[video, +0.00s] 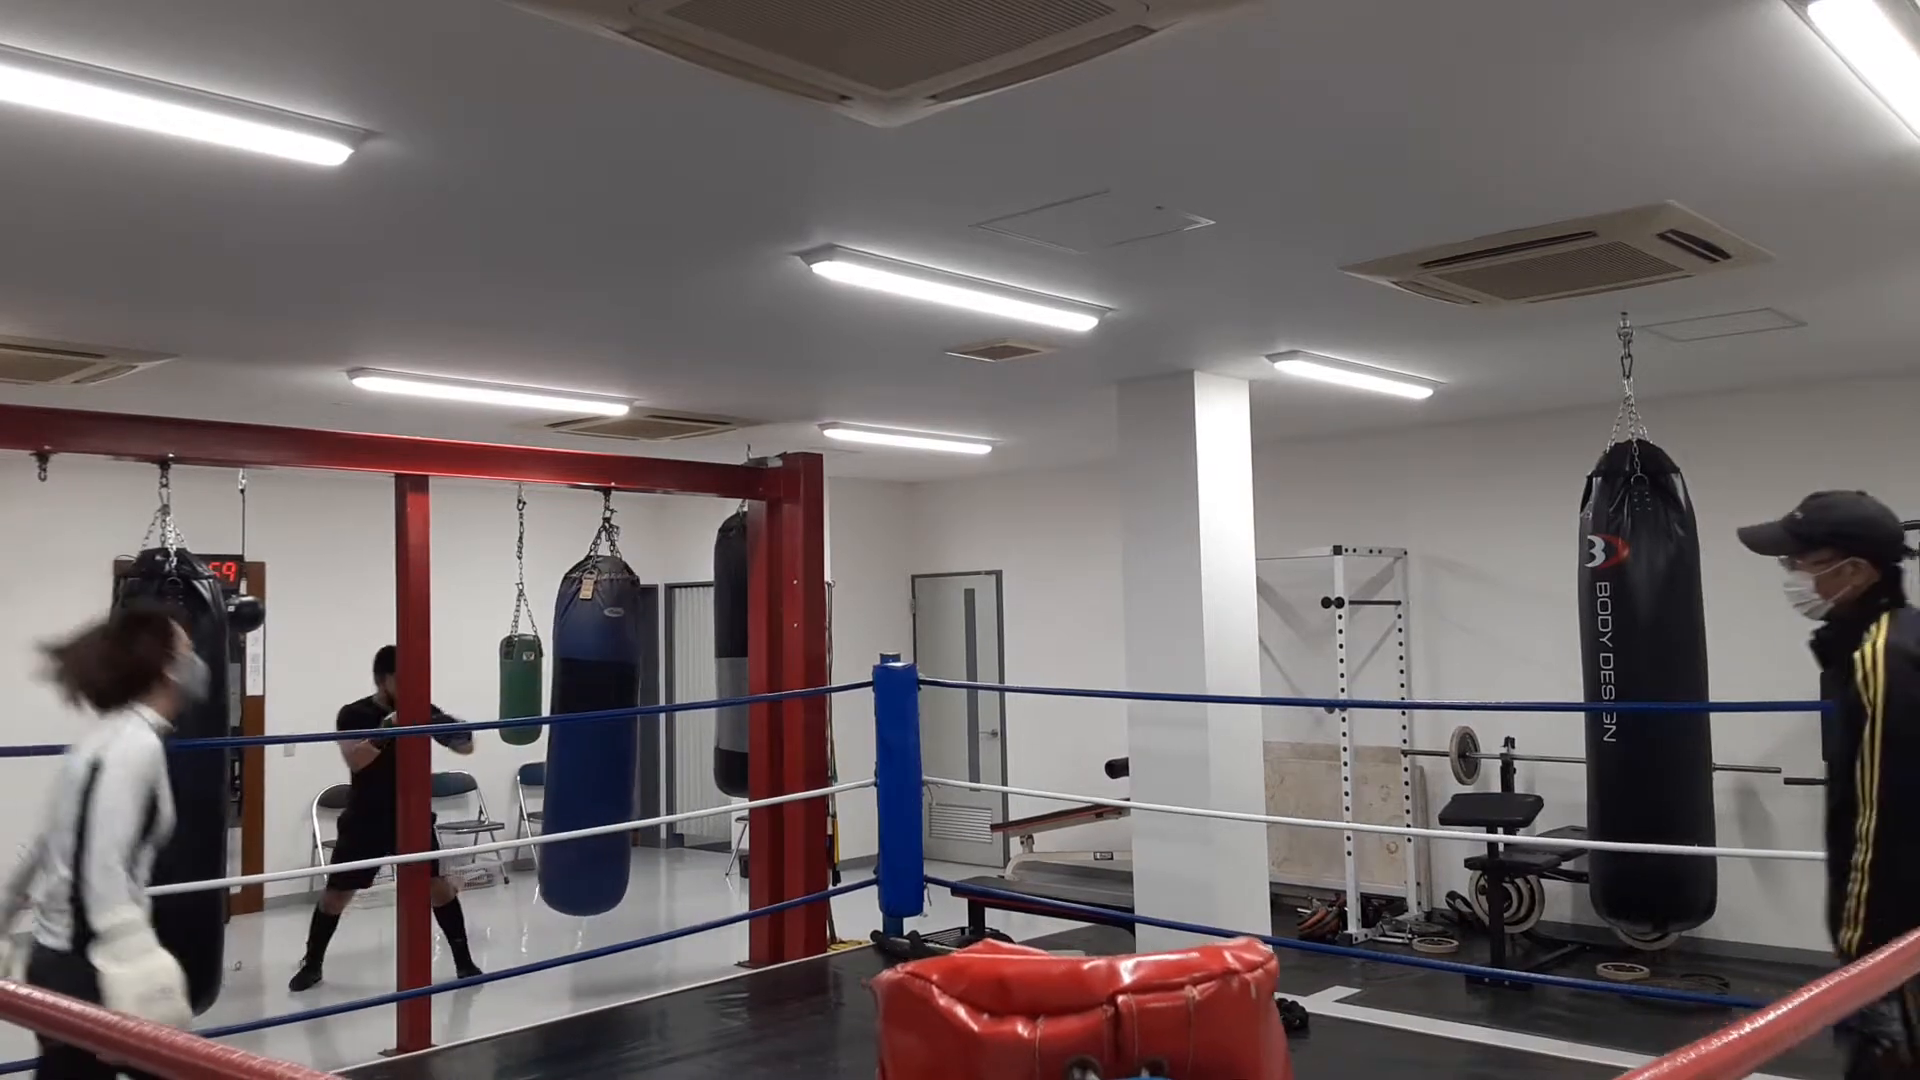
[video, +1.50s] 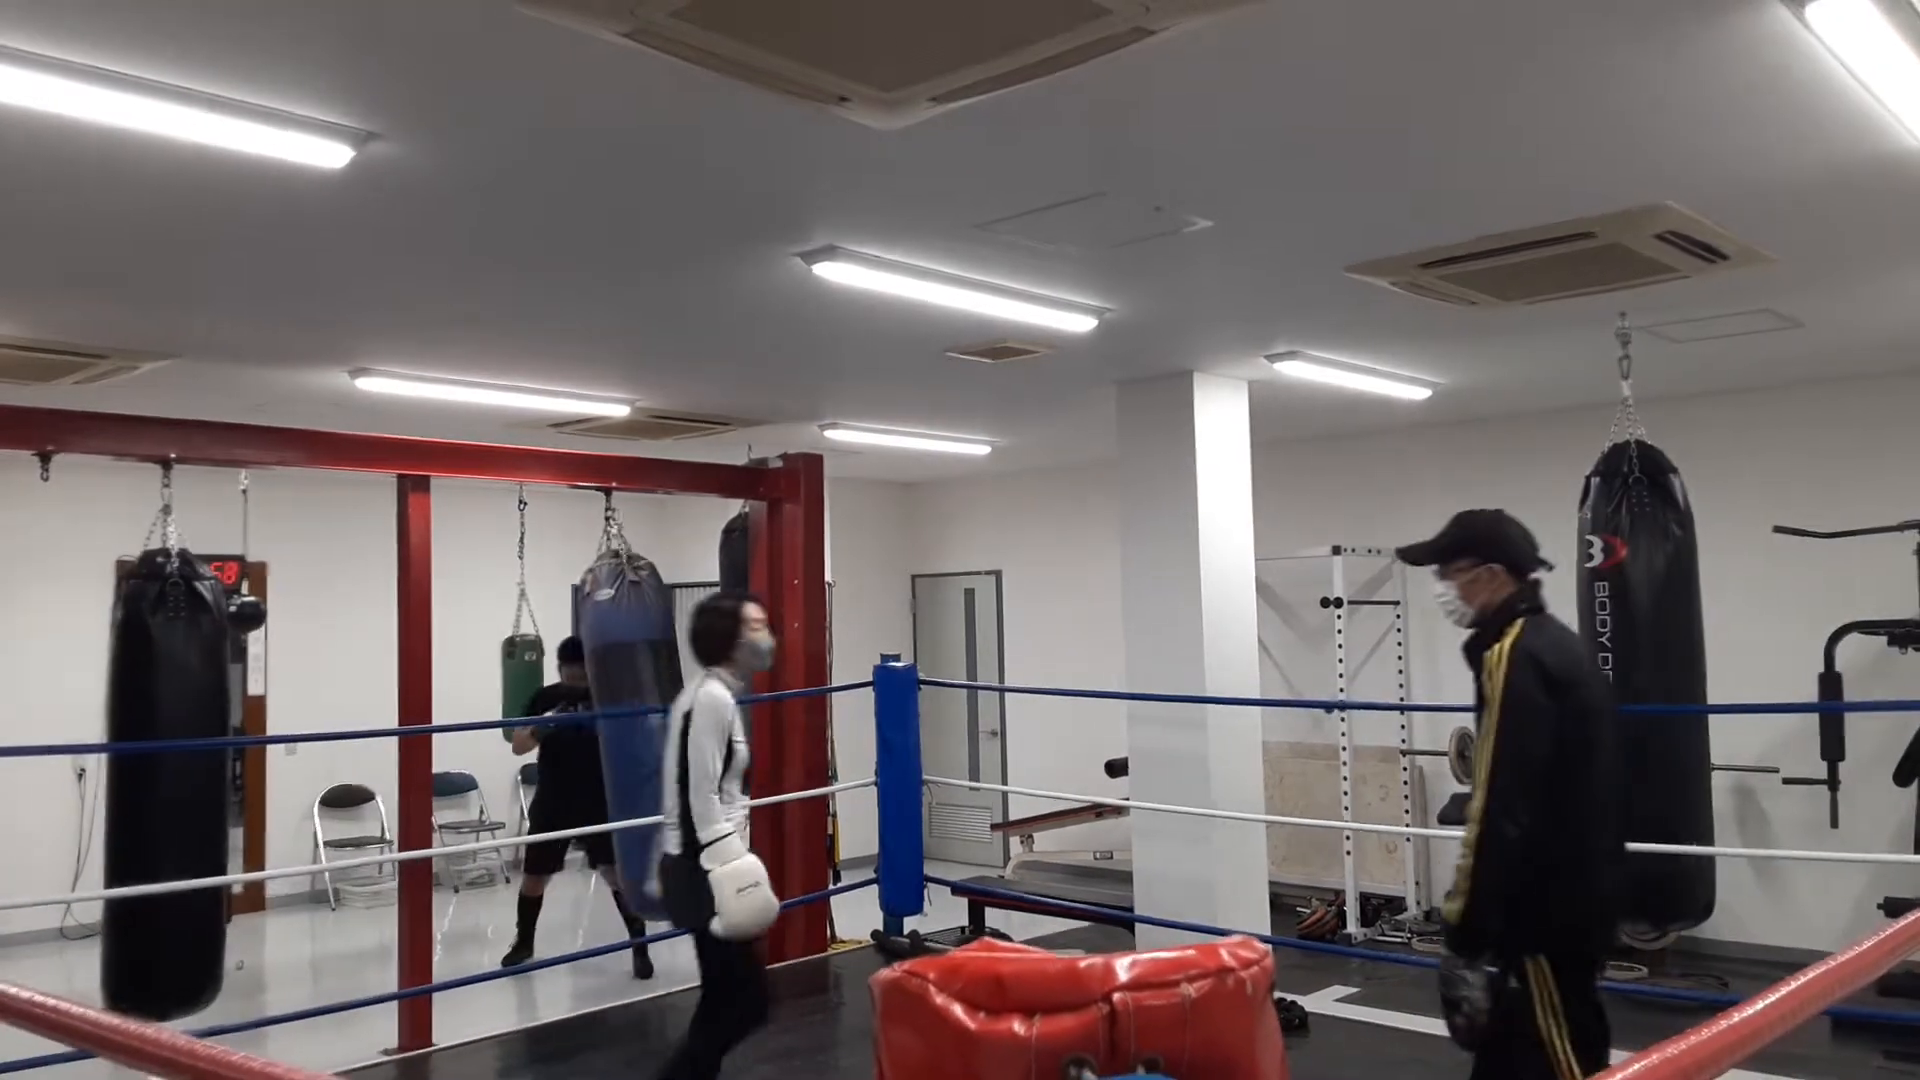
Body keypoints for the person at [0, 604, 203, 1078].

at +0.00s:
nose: (197, 665)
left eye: (191, 650)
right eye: (186, 651)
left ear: (127, 669)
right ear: (164, 668)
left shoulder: (100, 739)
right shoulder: (137, 743)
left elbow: (43, 850)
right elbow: (104, 871)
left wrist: (7, 919)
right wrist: (150, 980)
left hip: (53, 962)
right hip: (94, 969)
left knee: (62, 1069)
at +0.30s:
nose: (306, 656)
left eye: (302, 644)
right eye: (297, 645)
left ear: (244, 651)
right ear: (273, 653)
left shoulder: (195, 727)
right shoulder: (252, 721)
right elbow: (245, 832)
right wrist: (267, 929)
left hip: (198, 928)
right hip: (242, 927)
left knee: (247, 1065)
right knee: (295, 1066)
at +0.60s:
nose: (423, 658)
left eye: (421, 647)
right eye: (416, 647)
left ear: (357, 655)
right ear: (390, 658)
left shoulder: (319, 723)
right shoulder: (383, 726)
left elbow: (311, 830)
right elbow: (381, 833)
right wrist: (415, 916)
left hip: (320, 921)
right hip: (375, 919)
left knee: (301, 1063)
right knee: (447, 1054)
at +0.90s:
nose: (547, 643)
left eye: (544, 632)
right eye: (539, 633)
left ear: (481, 642)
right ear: (517, 644)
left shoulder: (441, 709)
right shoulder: (527, 712)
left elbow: (429, 810)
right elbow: (528, 818)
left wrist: (425, 884)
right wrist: (560, 899)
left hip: (457, 894)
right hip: (510, 893)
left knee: (514, 1006)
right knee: (523, 1022)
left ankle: (458, 1070)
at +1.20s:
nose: (659, 646)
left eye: (654, 636)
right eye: (649, 638)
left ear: (598, 648)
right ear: (626, 650)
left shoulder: (562, 706)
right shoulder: (633, 712)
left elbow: (533, 791)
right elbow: (638, 813)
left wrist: (500, 857)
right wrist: (690, 872)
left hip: (573, 891)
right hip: (609, 893)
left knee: (647, 998)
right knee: (574, 1025)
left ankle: (666, 1074)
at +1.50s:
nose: (768, 637)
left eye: (766, 627)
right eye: (756, 627)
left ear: (731, 637)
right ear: (727, 636)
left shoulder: (710, 694)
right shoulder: (712, 698)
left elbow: (703, 792)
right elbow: (704, 796)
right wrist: (738, 874)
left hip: (702, 862)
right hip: (701, 864)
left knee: (728, 996)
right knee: (742, 1000)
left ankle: (688, 1071)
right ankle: (683, 1072)